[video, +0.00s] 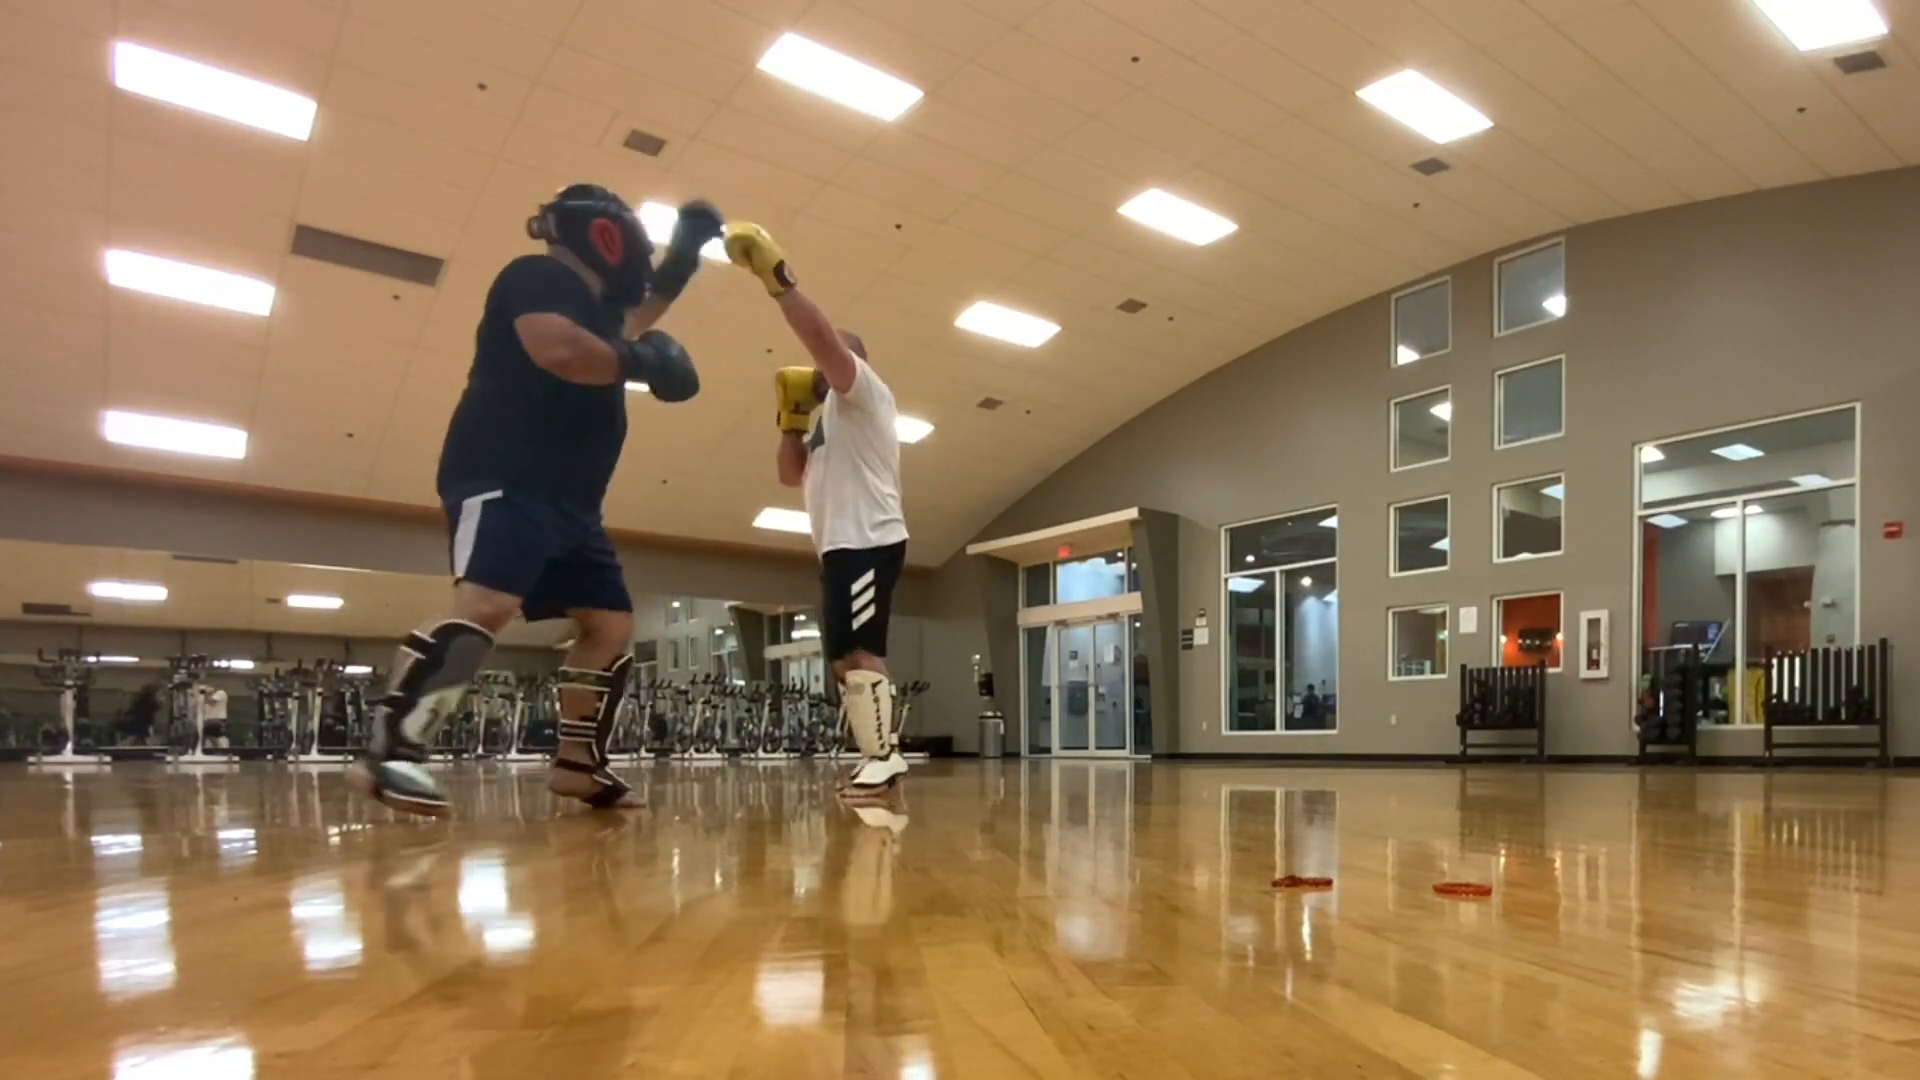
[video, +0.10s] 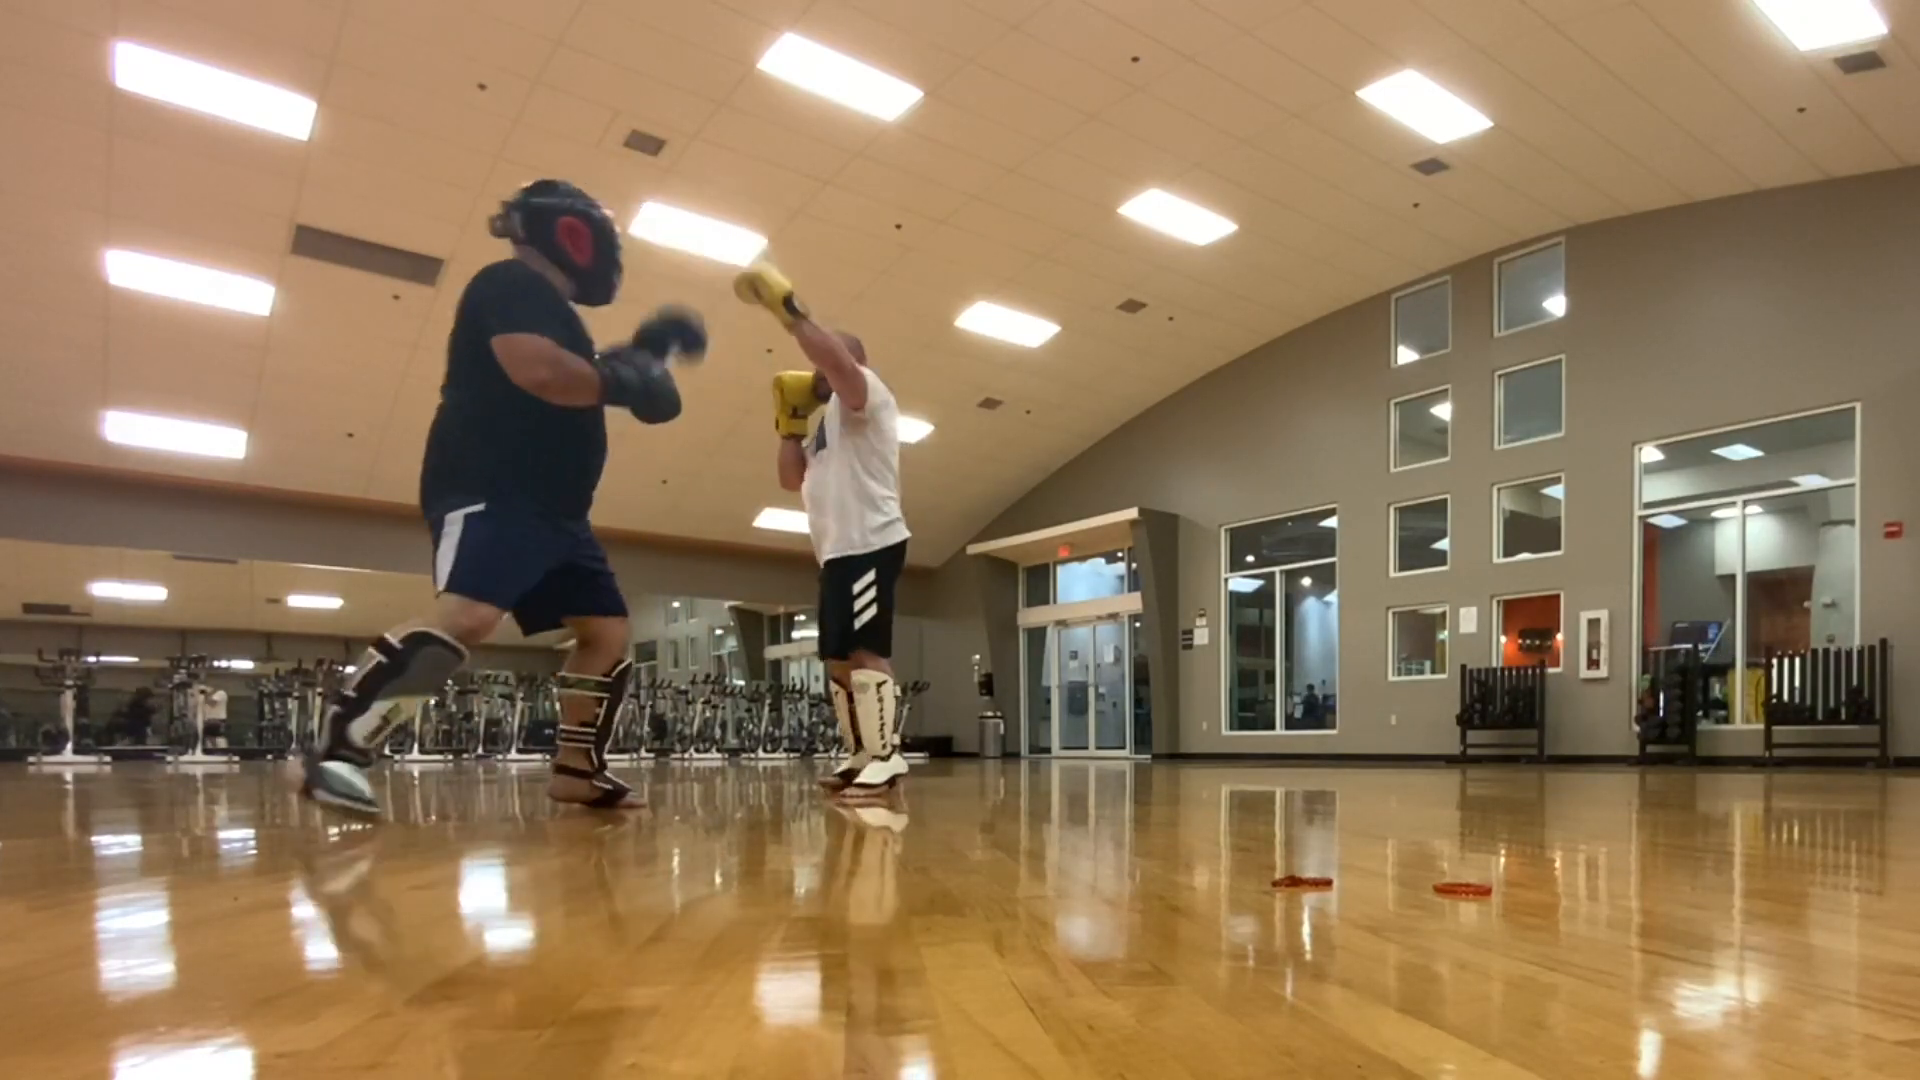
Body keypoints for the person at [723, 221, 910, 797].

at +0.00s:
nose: (826, 360)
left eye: (835, 350)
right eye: (824, 352)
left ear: (855, 356)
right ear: (827, 364)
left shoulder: (865, 395)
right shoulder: (826, 424)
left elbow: (822, 339)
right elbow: (791, 473)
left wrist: (776, 275)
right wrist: (793, 415)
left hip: (869, 537)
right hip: (839, 544)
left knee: (860, 651)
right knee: (845, 654)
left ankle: (882, 757)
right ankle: (876, 755)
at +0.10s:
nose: (821, 365)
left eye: (831, 357)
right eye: (818, 357)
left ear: (856, 361)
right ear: (820, 369)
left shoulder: (868, 399)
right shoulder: (823, 423)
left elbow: (834, 358)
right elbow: (792, 479)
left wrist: (788, 308)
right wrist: (789, 424)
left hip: (870, 540)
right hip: (836, 548)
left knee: (867, 653)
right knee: (838, 660)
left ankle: (884, 759)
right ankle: (859, 755)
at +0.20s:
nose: (822, 377)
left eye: (832, 368)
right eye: (818, 369)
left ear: (858, 370)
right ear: (819, 378)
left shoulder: (873, 402)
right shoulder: (824, 434)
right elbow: (789, 484)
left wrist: (812, 372)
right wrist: (785, 428)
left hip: (868, 548)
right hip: (832, 555)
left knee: (867, 656)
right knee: (838, 664)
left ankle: (884, 761)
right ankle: (855, 760)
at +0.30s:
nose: (821, 374)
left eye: (831, 367)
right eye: (818, 367)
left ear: (858, 373)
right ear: (815, 374)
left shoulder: (874, 411)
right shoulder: (814, 434)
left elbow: (885, 457)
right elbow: (784, 490)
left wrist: (835, 417)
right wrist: (781, 439)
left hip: (868, 551)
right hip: (828, 559)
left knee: (861, 656)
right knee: (838, 664)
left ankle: (882, 760)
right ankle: (854, 760)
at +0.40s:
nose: (822, 377)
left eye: (833, 370)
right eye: (819, 370)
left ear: (859, 377)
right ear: (815, 375)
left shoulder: (877, 413)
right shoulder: (808, 427)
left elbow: (901, 469)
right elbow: (780, 490)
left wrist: (855, 429)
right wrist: (773, 439)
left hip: (870, 545)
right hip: (828, 552)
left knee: (847, 640)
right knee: (840, 655)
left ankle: (874, 750)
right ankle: (854, 756)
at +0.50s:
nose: (832, 372)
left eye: (842, 365)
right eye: (825, 364)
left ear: (861, 375)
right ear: (815, 378)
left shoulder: (879, 416)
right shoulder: (806, 435)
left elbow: (909, 459)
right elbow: (770, 484)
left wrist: (870, 410)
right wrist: (769, 432)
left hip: (870, 544)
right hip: (826, 552)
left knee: (844, 637)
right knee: (847, 649)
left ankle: (859, 749)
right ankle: (866, 750)